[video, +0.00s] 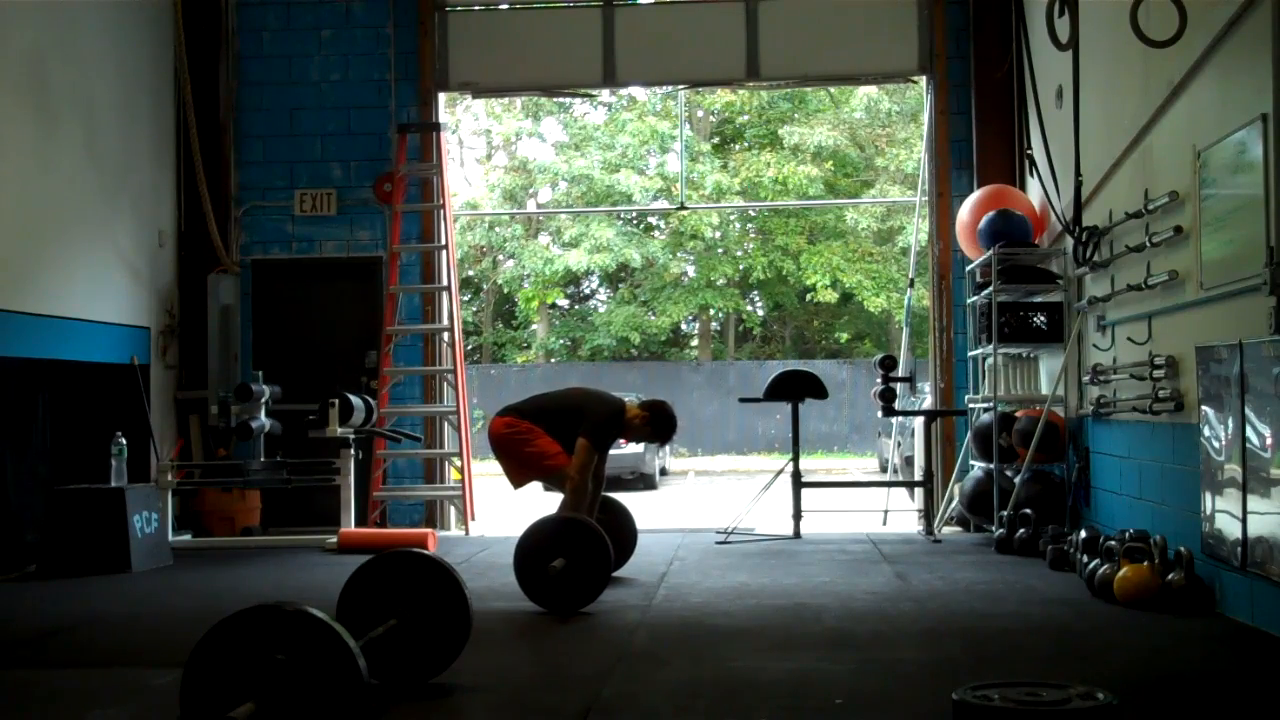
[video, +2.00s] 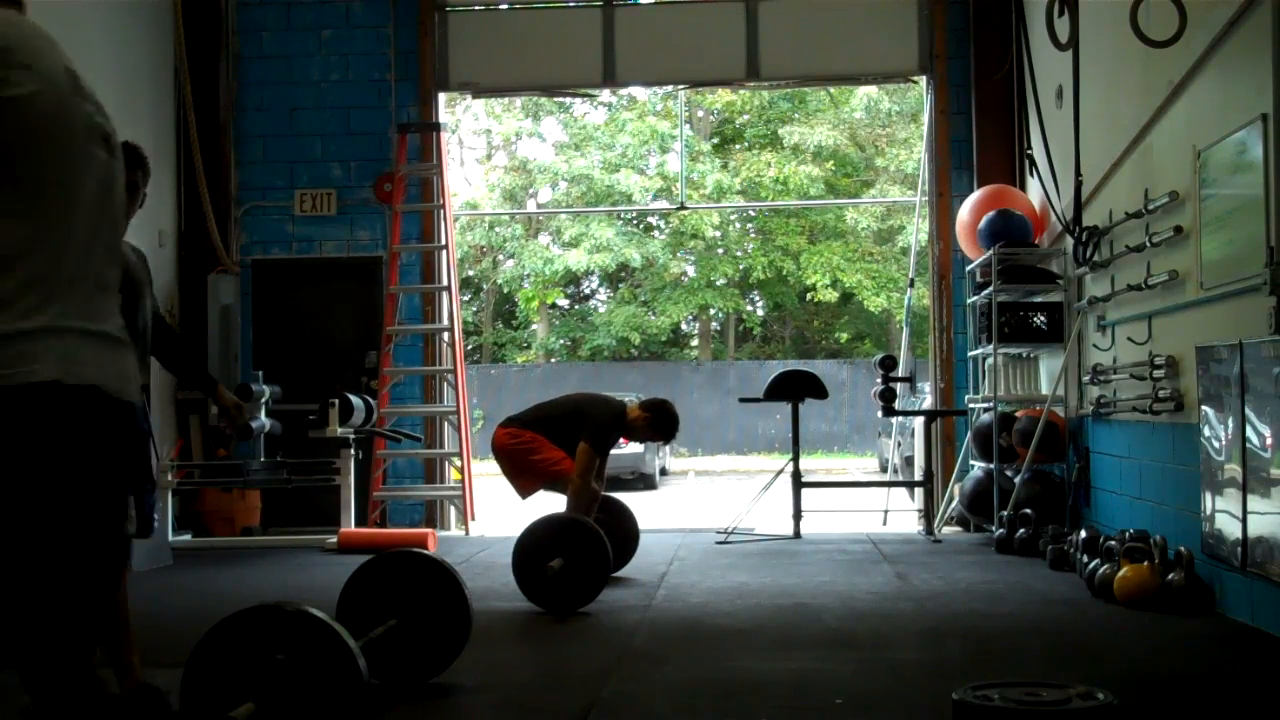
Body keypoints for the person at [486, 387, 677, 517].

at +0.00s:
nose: (636, 442)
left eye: (643, 441)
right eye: (643, 437)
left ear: (641, 416)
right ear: (642, 419)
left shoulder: (613, 419)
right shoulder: (606, 413)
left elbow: (595, 478)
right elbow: (577, 477)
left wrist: (587, 530)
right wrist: (568, 535)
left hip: (524, 428)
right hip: (511, 426)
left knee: (588, 481)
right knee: (577, 483)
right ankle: (561, 550)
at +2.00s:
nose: (642, 441)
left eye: (648, 441)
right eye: (648, 437)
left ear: (643, 414)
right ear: (644, 418)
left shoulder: (614, 421)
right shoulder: (607, 416)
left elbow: (596, 478)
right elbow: (580, 479)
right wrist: (570, 537)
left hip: (525, 437)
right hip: (515, 437)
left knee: (592, 489)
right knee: (583, 488)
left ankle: (580, 552)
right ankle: (569, 552)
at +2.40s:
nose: (629, 444)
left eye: (636, 443)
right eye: (635, 438)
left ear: (634, 415)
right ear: (634, 418)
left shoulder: (605, 419)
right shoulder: (599, 413)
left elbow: (592, 479)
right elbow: (578, 478)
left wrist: (584, 528)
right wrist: (572, 535)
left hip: (513, 423)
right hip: (505, 422)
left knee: (575, 483)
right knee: (569, 482)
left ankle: (555, 547)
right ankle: (557, 548)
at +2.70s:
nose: (631, 432)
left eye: (638, 434)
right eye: (636, 425)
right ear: (634, 405)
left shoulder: (607, 416)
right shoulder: (599, 411)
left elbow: (596, 476)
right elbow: (583, 477)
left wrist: (588, 524)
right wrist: (575, 527)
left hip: (517, 402)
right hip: (508, 401)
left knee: (549, 482)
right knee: (548, 482)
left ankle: (544, 551)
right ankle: (542, 552)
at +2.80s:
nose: (632, 430)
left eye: (639, 432)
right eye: (637, 422)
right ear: (636, 403)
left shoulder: (609, 413)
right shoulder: (601, 407)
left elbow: (596, 476)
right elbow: (583, 475)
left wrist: (589, 524)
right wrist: (577, 526)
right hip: (518, 401)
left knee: (546, 481)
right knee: (544, 482)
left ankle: (545, 549)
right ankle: (542, 550)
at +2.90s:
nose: (634, 428)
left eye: (640, 430)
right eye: (639, 421)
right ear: (637, 402)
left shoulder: (610, 414)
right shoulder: (602, 406)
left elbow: (598, 474)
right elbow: (584, 474)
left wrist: (588, 523)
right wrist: (577, 522)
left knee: (548, 480)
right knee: (546, 481)